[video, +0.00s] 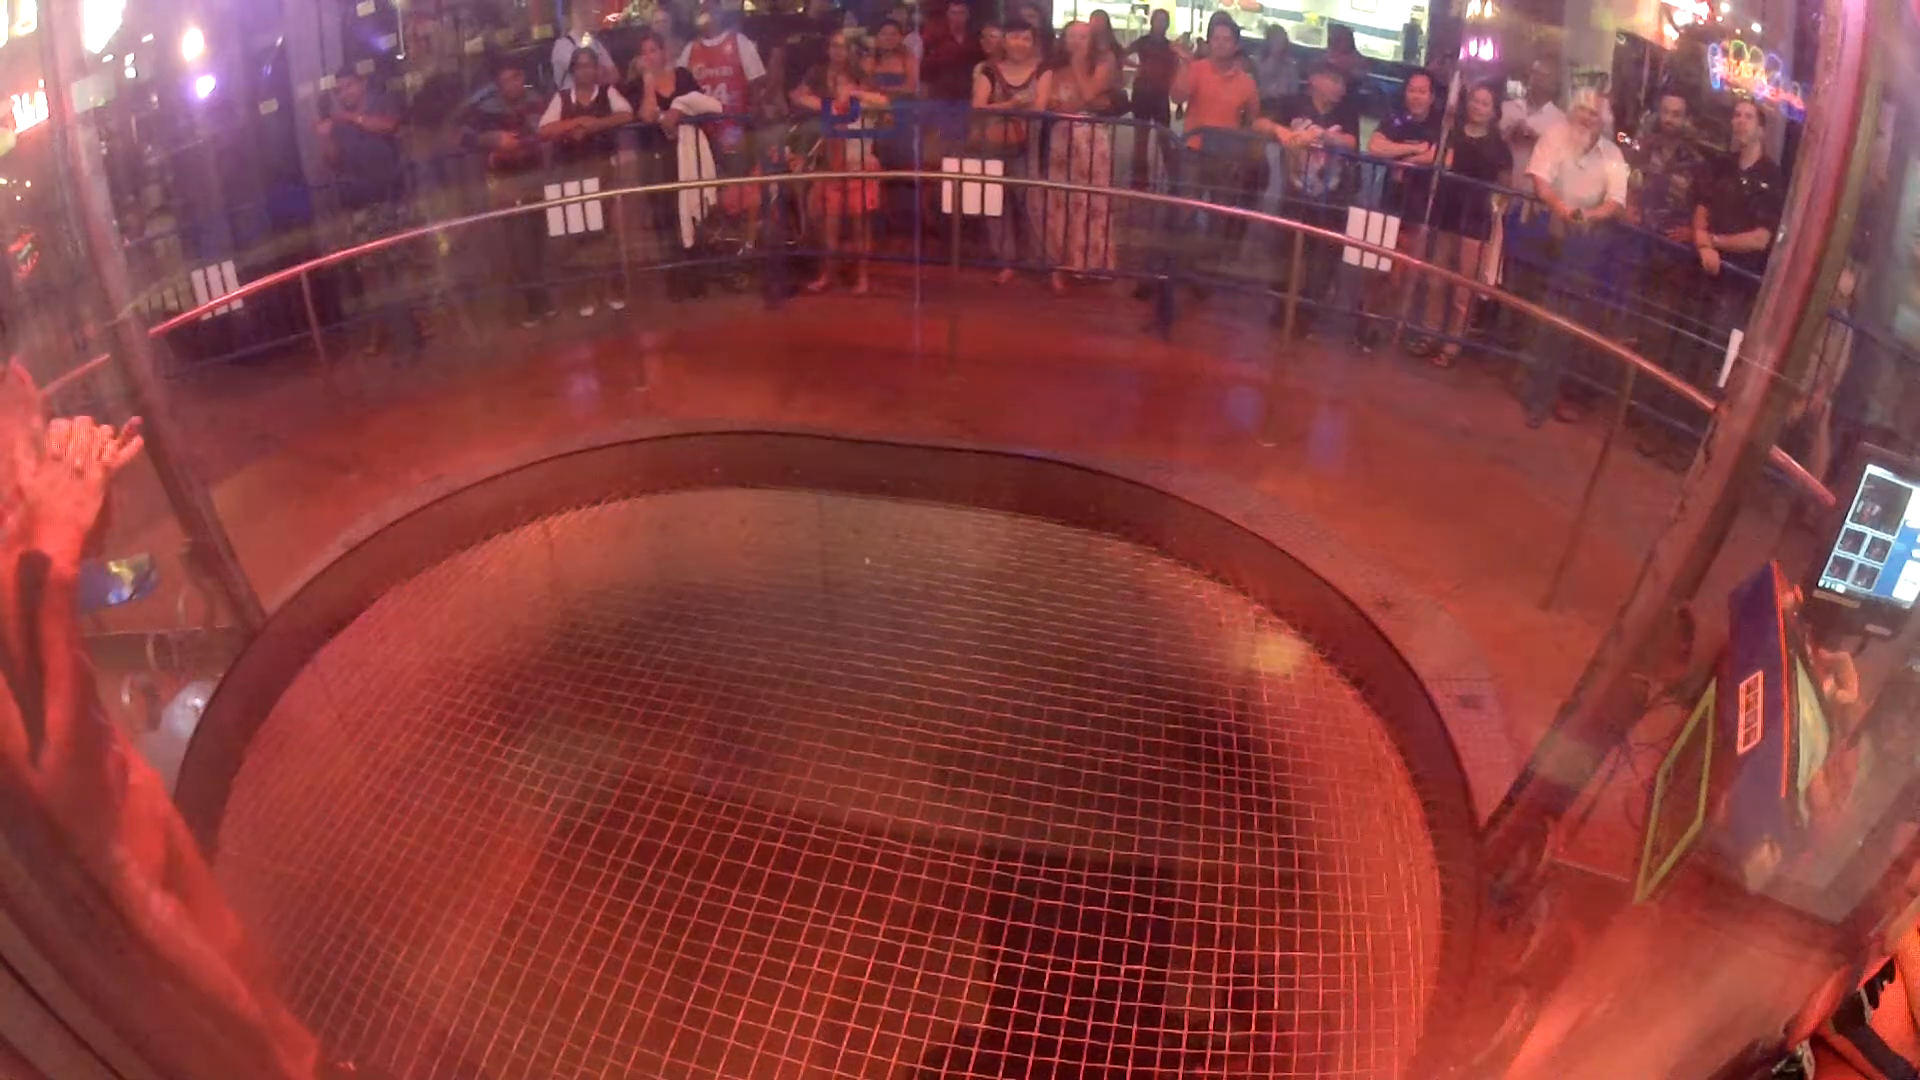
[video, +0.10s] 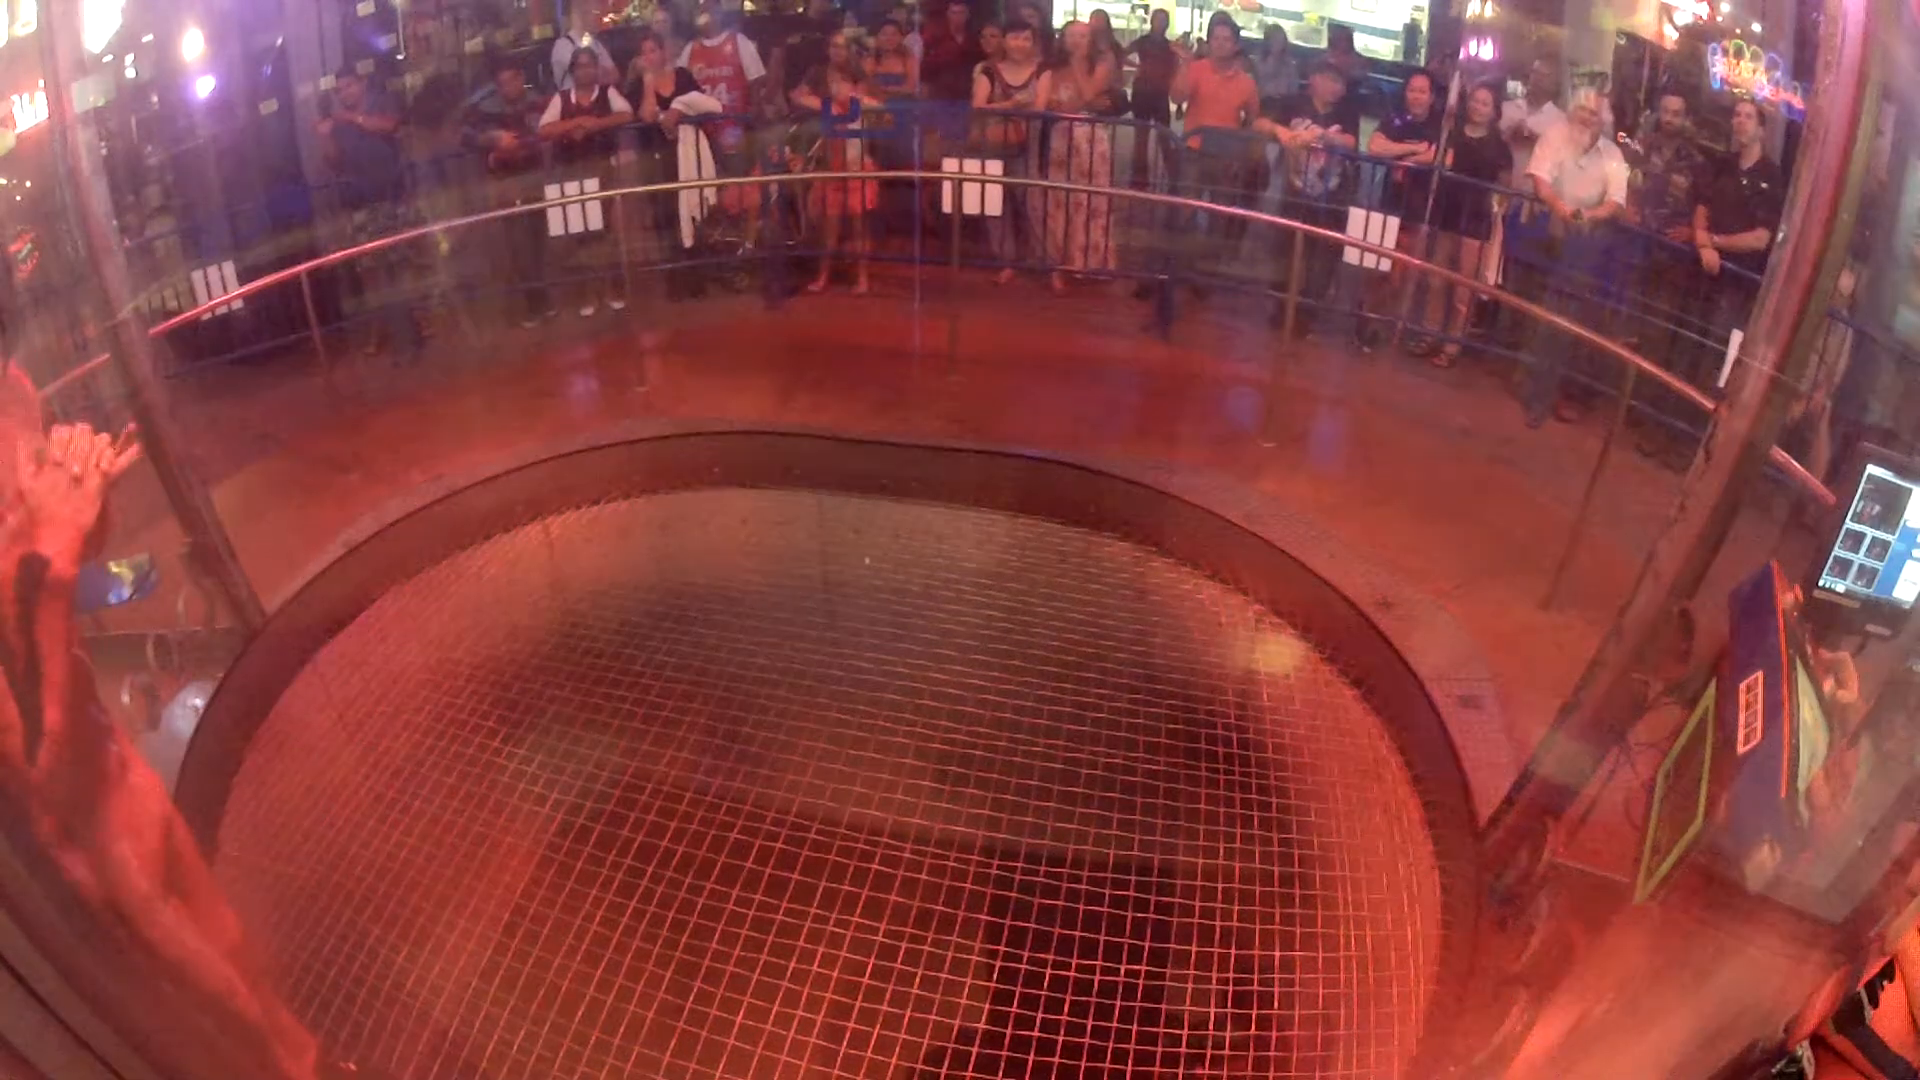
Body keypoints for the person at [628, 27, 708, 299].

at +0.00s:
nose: (649, 57)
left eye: (653, 51)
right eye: (645, 53)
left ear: (664, 52)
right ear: (640, 58)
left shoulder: (682, 75)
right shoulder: (637, 86)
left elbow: (702, 104)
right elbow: (648, 117)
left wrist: (677, 112)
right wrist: (647, 79)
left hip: (688, 148)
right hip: (658, 151)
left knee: (692, 204)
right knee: (666, 209)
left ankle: (698, 273)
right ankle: (674, 278)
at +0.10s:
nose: (650, 57)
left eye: (653, 51)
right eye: (645, 53)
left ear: (664, 52)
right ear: (641, 58)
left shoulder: (681, 74)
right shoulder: (638, 85)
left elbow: (701, 103)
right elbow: (647, 116)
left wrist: (677, 111)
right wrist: (647, 80)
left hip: (688, 146)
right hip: (659, 149)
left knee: (692, 202)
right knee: (666, 207)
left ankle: (698, 271)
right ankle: (674, 275)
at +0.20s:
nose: (649, 57)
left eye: (653, 51)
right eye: (645, 53)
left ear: (664, 52)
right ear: (641, 58)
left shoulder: (682, 74)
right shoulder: (640, 84)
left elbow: (701, 104)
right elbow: (648, 116)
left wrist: (677, 112)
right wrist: (647, 80)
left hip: (688, 147)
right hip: (660, 150)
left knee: (692, 203)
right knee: (666, 208)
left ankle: (698, 272)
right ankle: (674, 276)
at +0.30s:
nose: (650, 57)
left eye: (653, 51)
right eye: (645, 53)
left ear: (664, 52)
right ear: (640, 58)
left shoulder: (681, 74)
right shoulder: (639, 85)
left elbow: (701, 104)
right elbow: (647, 116)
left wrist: (677, 111)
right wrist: (647, 80)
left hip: (688, 146)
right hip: (659, 149)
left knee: (691, 202)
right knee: (666, 207)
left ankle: (698, 271)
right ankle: (674, 275)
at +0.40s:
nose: (650, 57)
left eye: (654, 51)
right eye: (645, 53)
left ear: (664, 52)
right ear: (641, 57)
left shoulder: (681, 74)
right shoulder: (640, 84)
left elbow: (701, 104)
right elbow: (647, 117)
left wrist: (678, 111)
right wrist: (648, 81)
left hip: (688, 146)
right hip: (659, 148)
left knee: (692, 200)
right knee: (665, 206)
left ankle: (698, 269)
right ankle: (673, 273)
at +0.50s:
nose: (649, 57)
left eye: (653, 51)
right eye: (644, 53)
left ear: (664, 53)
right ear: (640, 58)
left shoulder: (681, 74)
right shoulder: (639, 85)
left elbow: (701, 104)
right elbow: (648, 117)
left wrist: (677, 113)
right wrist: (648, 80)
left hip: (688, 147)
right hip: (659, 150)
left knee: (692, 202)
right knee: (666, 207)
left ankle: (698, 269)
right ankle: (674, 274)